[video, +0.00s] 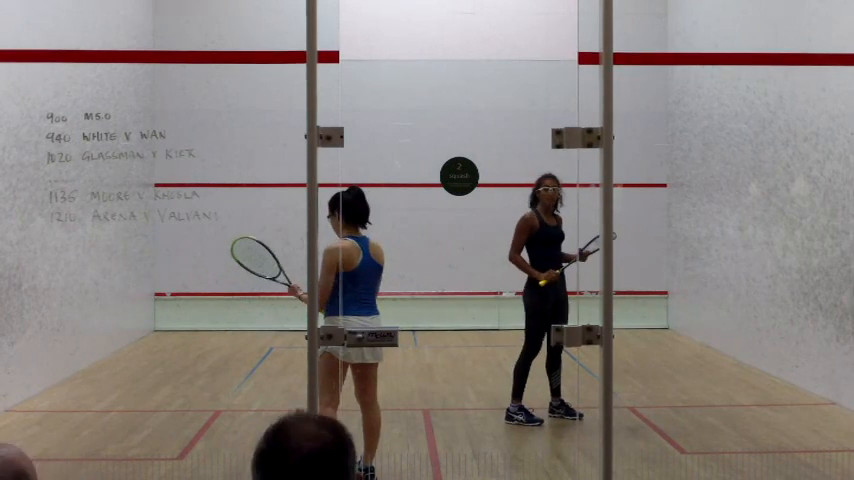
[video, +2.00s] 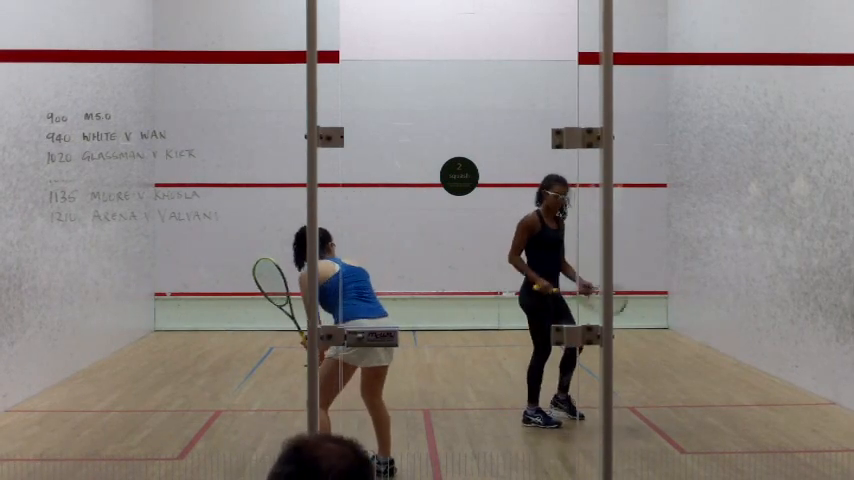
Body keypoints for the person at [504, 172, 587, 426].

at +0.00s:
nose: (550, 191)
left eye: (554, 187)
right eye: (545, 187)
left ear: (559, 193)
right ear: (537, 192)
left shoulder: (556, 219)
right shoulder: (529, 220)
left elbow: (552, 254)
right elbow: (514, 255)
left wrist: (575, 257)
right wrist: (538, 275)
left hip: (557, 289)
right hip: (537, 291)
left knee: (556, 346)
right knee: (532, 347)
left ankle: (556, 402)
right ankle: (515, 407)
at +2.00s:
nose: (563, 201)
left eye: (565, 196)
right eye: (560, 196)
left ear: (562, 198)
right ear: (545, 194)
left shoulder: (558, 222)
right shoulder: (530, 222)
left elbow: (557, 259)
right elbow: (513, 257)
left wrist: (578, 280)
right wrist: (537, 280)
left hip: (553, 293)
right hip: (533, 295)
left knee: (574, 341)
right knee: (542, 349)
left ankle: (562, 397)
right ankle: (532, 409)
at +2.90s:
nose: (578, 203)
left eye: (579, 199)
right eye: (576, 198)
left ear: (568, 198)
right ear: (564, 197)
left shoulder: (560, 221)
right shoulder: (546, 221)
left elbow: (555, 258)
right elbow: (531, 255)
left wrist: (579, 269)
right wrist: (560, 278)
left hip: (552, 292)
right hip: (540, 293)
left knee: (574, 343)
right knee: (548, 349)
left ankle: (559, 401)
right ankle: (532, 410)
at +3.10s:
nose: (582, 203)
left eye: (582, 198)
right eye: (579, 198)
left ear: (567, 198)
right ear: (567, 198)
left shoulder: (563, 224)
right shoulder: (558, 225)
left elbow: (560, 260)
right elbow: (555, 262)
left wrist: (586, 267)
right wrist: (585, 268)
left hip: (560, 295)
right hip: (554, 296)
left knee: (578, 347)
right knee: (558, 350)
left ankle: (556, 402)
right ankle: (533, 409)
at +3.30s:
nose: (592, 208)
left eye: (592, 203)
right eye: (589, 203)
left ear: (572, 205)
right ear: (577, 204)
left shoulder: (565, 231)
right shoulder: (571, 231)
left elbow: (578, 271)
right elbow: (584, 265)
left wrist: (604, 285)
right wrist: (615, 252)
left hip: (565, 300)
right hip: (571, 301)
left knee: (586, 354)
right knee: (593, 359)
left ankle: (561, 402)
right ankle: (560, 394)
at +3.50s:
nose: (599, 213)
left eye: (599, 208)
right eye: (595, 208)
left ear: (589, 210)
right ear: (586, 209)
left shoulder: (589, 232)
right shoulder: (583, 232)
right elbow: (607, 259)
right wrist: (635, 240)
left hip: (583, 302)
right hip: (590, 302)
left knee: (591, 358)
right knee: (632, 341)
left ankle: (557, 403)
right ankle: (644, 400)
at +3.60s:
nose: (618, 206)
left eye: (617, 202)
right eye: (614, 202)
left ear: (599, 209)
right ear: (600, 207)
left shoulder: (609, 229)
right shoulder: (594, 236)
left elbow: (632, 247)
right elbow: (615, 259)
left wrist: (661, 239)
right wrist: (647, 242)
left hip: (596, 302)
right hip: (602, 303)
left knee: (596, 361)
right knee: (640, 345)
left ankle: (560, 400)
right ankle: (661, 400)